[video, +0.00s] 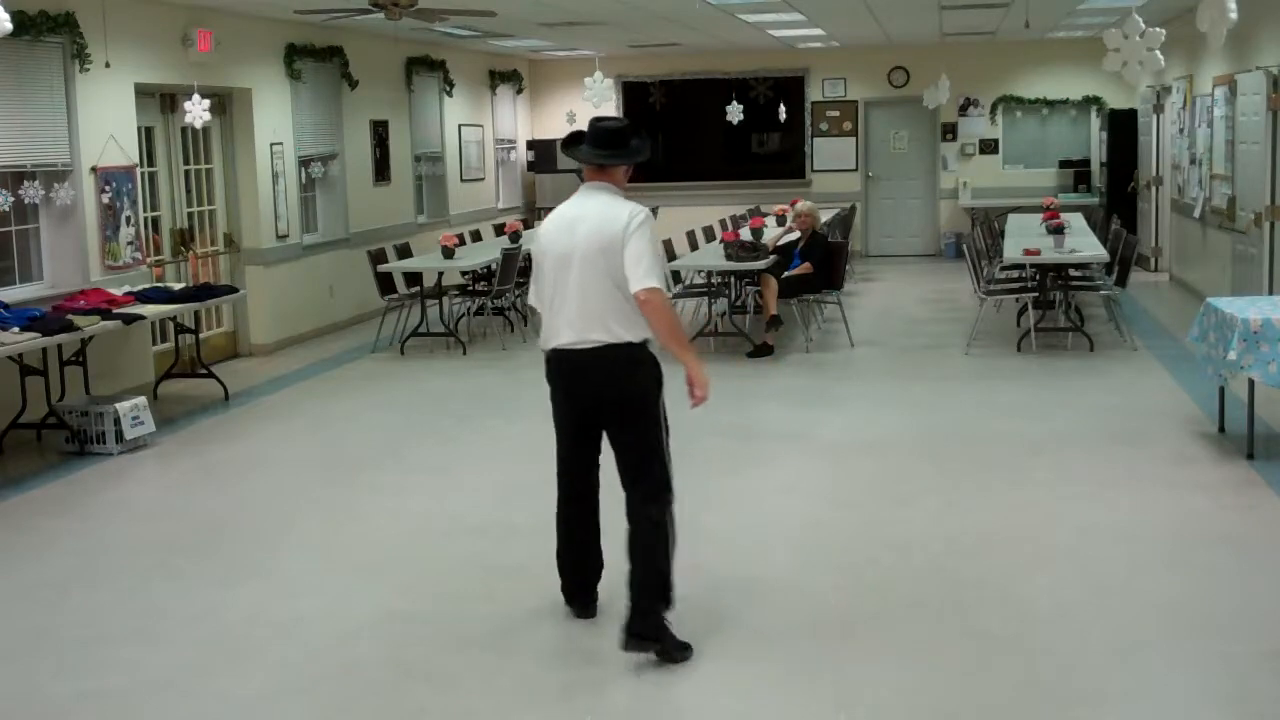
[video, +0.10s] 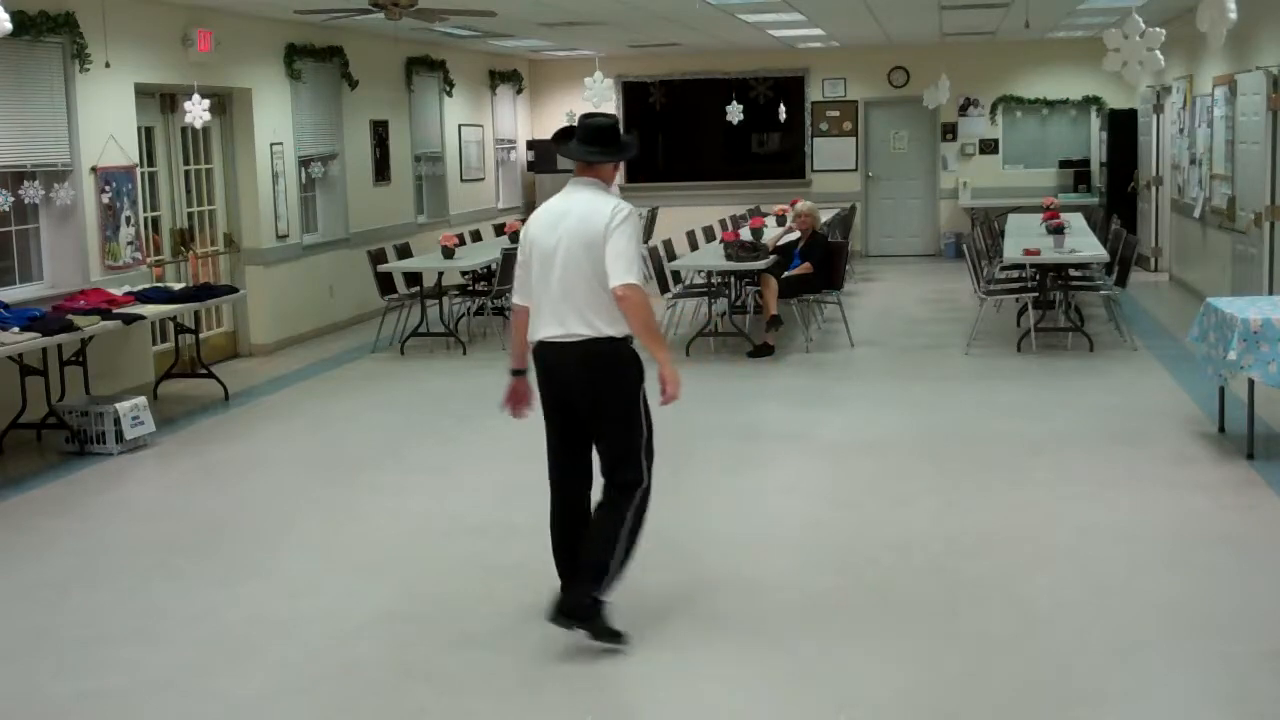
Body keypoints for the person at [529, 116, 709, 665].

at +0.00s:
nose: (633, 172)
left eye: (628, 163)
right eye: (631, 164)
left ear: (584, 166)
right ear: (623, 167)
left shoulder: (550, 224)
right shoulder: (632, 218)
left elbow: (539, 301)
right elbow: (647, 295)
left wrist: (579, 336)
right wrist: (690, 362)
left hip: (566, 369)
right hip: (626, 366)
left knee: (575, 484)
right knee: (649, 492)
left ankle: (579, 593)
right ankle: (647, 622)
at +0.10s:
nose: (620, 172)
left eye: (615, 163)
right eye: (620, 164)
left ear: (572, 162)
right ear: (615, 166)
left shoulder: (537, 219)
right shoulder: (616, 213)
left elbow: (520, 305)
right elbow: (626, 290)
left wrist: (518, 369)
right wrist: (663, 359)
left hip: (552, 361)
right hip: (607, 359)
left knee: (568, 481)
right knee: (629, 480)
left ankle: (574, 595)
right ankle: (586, 595)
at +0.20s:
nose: (612, 172)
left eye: (609, 163)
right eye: (611, 165)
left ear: (565, 161)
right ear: (605, 165)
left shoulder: (526, 217)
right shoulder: (606, 213)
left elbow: (494, 297)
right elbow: (613, 293)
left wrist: (480, 358)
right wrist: (644, 363)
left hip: (539, 359)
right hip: (592, 358)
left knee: (562, 472)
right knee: (598, 479)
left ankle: (579, 587)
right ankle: (520, 578)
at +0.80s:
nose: (613, 180)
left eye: (611, 171)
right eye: (612, 172)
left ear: (568, 167)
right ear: (605, 176)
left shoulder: (520, 213)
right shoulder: (605, 232)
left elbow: (464, 268)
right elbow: (615, 311)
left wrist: (430, 304)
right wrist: (631, 367)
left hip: (517, 354)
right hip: (577, 360)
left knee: (508, 464)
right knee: (603, 453)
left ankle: (500, 574)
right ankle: (596, 544)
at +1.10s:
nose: (645, 165)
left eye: (644, 157)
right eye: (644, 158)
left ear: (601, 155)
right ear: (635, 160)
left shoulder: (559, 197)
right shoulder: (641, 212)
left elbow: (519, 259)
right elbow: (653, 289)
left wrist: (516, 286)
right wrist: (672, 347)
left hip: (562, 329)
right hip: (615, 334)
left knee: (565, 426)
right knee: (618, 436)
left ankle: (556, 534)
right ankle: (609, 536)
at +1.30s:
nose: (665, 171)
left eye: (664, 163)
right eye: (663, 164)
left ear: (623, 165)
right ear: (651, 166)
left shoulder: (587, 206)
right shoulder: (651, 218)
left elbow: (561, 274)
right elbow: (662, 296)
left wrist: (594, 300)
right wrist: (689, 346)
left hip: (586, 339)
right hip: (635, 341)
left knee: (580, 433)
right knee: (677, 419)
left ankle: (569, 535)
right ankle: (655, 509)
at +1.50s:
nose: (693, 162)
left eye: (691, 155)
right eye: (691, 155)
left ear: (652, 158)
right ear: (680, 157)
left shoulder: (624, 203)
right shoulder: (679, 212)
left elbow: (625, 265)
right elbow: (683, 288)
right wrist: (696, 350)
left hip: (628, 325)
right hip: (668, 328)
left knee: (635, 409)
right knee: (698, 418)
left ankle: (595, 491)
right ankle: (692, 508)